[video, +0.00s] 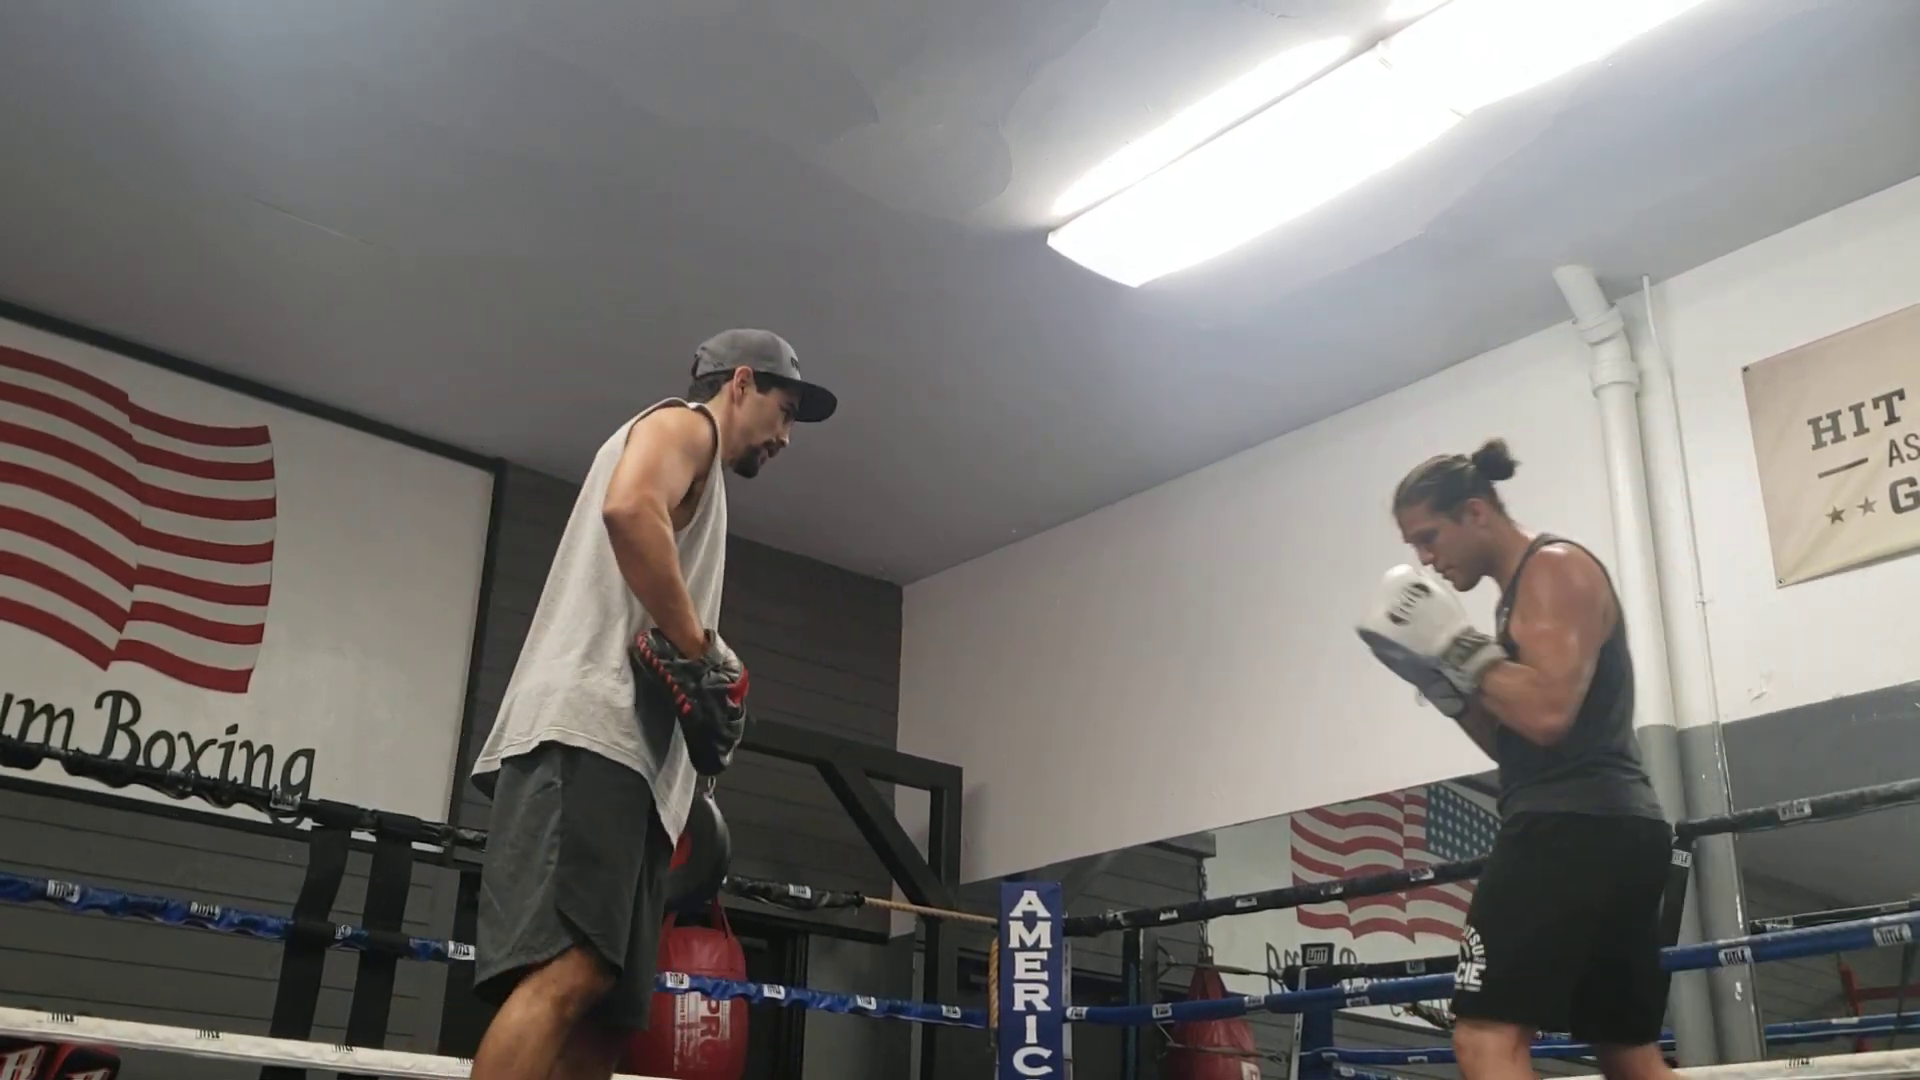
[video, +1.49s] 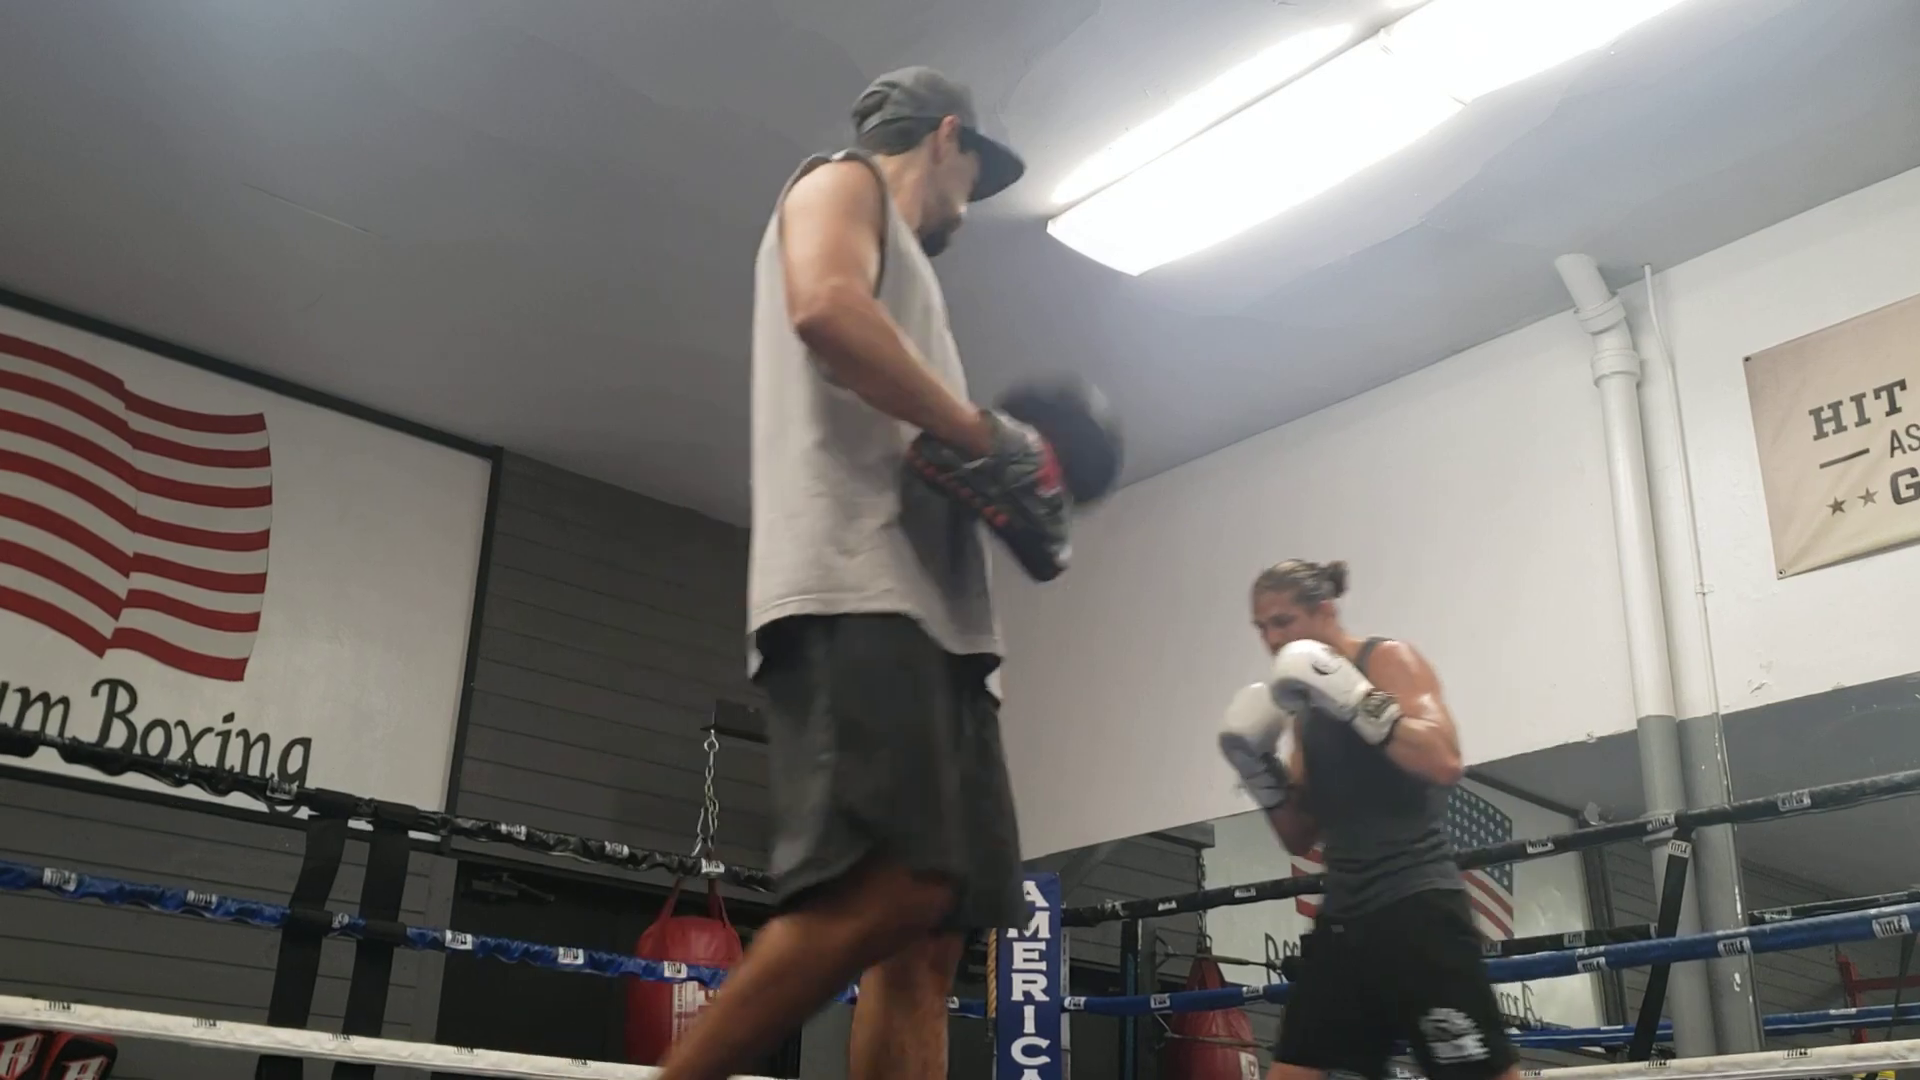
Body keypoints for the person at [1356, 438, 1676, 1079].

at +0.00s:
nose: (1425, 559)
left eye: (1428, 538)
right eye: (1415, 547)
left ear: (1477, 512)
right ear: (1476, 516)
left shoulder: (1557, 567)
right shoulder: (1516, 601)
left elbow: (1549, 714)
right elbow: (1518, 749)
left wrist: (1458, 642)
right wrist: (1448, 689)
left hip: (1566, 828)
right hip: (1619, 829)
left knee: (1487, 1039)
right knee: (1630, 1050)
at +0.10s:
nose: (1414, 563)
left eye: (1415, 542)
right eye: (1406, 551)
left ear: (1459, 516)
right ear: (1458, 520)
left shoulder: (1531, 566)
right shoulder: (1506, 594)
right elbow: (1472, 740)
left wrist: (1393, 592)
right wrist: (1400, 669)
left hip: (1549, 825)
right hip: (1603, 824)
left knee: (1484, 1041)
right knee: (1586, 1054)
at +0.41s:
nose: (1393, 608)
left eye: (1397, 587)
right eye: (1383, 596)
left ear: (1444, 566)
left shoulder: (1510, 600)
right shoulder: (1471, 654)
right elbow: (1468, 800)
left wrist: (1428, 643)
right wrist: (1405, 732)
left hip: (1548, 846)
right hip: (1523, 852)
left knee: (1514, 1049)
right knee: (1525, 1051)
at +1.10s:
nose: (1404, 569)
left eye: (1416, 550)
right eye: (1392, 557)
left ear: (1460, 544)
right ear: (1387, 563)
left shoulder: (1523, 603)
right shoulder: (1415, 648)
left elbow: (1585, 710)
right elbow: (1391, 768)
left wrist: (1498, 642)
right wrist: (1364, 691)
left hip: (1541, 848)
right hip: (1464, 862)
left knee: (1574, 1050)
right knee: (1451, 1053)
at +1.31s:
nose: (1360, 599)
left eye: (1370, 580)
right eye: (1349, 587)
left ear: (1414, 570)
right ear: (1344, 588)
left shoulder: (1476, 617)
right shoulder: (1378, 667)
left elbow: (1523, 714)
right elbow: (1357, 795)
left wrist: (1434, 641)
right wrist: (1319, 717)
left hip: (1505, 870)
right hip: (1422, 881)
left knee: (1552, 1061)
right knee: (1365, 1059)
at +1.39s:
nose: (1323, 629)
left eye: (1334, 610)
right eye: (1315, 617)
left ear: (1381, 601)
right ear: (1311, 619)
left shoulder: (1445, 650)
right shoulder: (1355, 703)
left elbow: (1488, 746)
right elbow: (1345, 828)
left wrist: (1398, 677)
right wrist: (1303, 756)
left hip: (1481, 902)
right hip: (1401, 915)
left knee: (1547, 1071)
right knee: (1344, 1071)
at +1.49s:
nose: (1271, 639)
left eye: (1282, 622)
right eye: (1262, 628)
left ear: (1324, 611)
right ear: (1257, 630)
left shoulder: (1389, 660)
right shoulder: (1306, 711)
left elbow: (1444, 762)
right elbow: (1299, 835)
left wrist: (1355, 698)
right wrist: (1259, 768)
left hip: (1418, 904)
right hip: (1343, 915)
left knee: (1486, 1069)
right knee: (1294, 1069)